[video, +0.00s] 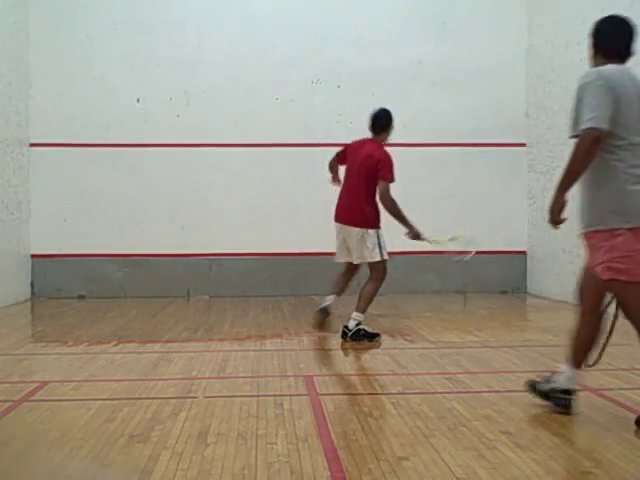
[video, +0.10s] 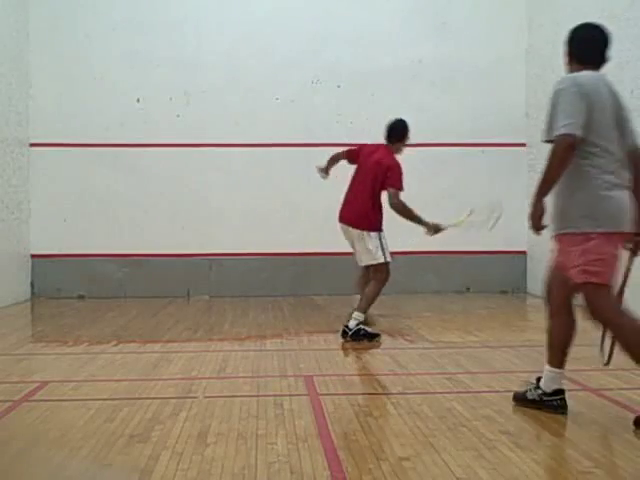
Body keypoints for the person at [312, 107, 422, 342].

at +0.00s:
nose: (391, 131)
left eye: (389, 127)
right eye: (391, 127)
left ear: (371, 126)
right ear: (389, 129)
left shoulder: (355, 146)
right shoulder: (382, 157)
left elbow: (334, 162)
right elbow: (385, 197)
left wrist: (335, 176)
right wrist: (409, 226)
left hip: (343, 218)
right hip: (364, 222)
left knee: (351, 265)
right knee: (378, 272)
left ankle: (328, 303)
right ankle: (354, 324)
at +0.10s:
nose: (406, 143)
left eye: (406, 139)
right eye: (406, 139)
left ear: (387, 136)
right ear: (403, 140)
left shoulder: (367, 150)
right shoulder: (392, 165)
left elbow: (338, 156)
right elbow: (395, 203)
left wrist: (326, 167)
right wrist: (425, 224)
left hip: (347, 218)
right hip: (366, 224)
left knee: (367, 268)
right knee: (381, 273)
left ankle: (360, 312)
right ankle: (355, 323)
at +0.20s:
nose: (420, 156)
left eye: (420, 152)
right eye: (420, 152)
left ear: (402, 147)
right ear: (416, 152)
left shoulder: (381, 158)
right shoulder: (402, 172)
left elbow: (350, 154)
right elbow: (405, 206)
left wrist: (325, 159)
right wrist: (440, 218)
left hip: (352, 221)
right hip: (367, 227)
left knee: (385, 267)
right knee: (382, 277)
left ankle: (394, 309)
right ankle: (354, 323)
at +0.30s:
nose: (429, 173)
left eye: (430, 169)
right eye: (430, 169)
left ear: (413, 162)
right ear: (426, 167)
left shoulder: (392, 169)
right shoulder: (411, 183)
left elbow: (361, 161)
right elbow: (417, 215)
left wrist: (332, 162)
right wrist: (455, 219)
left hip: (360, 228)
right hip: (373, 234)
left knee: (395, 268)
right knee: (388, 282)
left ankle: (408, 313)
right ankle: (357, 321)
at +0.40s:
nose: (438, 188)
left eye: (439, 184)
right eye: (438, 183)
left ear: (423, 177)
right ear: (434, 182)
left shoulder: (400, 183)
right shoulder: (419, 197)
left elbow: (368, 179)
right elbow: (432, 237)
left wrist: (335, 182)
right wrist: (467, 233)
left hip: (365, 234)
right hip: (379, 241)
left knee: (406, 261)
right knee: (398, 290)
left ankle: (410, 314)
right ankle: (361, 317)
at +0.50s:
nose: (442, 193)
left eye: (443, 189)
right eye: (443, 189)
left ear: (426, 183)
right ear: (440, 189)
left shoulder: (403, 189)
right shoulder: (429, 214)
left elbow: (367, 196)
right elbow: (437, 253)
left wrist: (344, 214)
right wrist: (454, 256)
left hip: (366, 237)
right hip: (383, 248)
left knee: (408, 259)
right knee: (398, 296)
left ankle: (410, 312)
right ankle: (361, 319)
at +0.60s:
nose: (444, 192)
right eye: (444, 188)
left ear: (426, 182)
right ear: (440, 188)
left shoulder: (405, 190)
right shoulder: (431, 208)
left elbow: (371, 207)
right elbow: (431, 244)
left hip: (370, 239)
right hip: (390, 248)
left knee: (419, 264)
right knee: (394, 299)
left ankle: (409, 314)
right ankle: (360, 315)